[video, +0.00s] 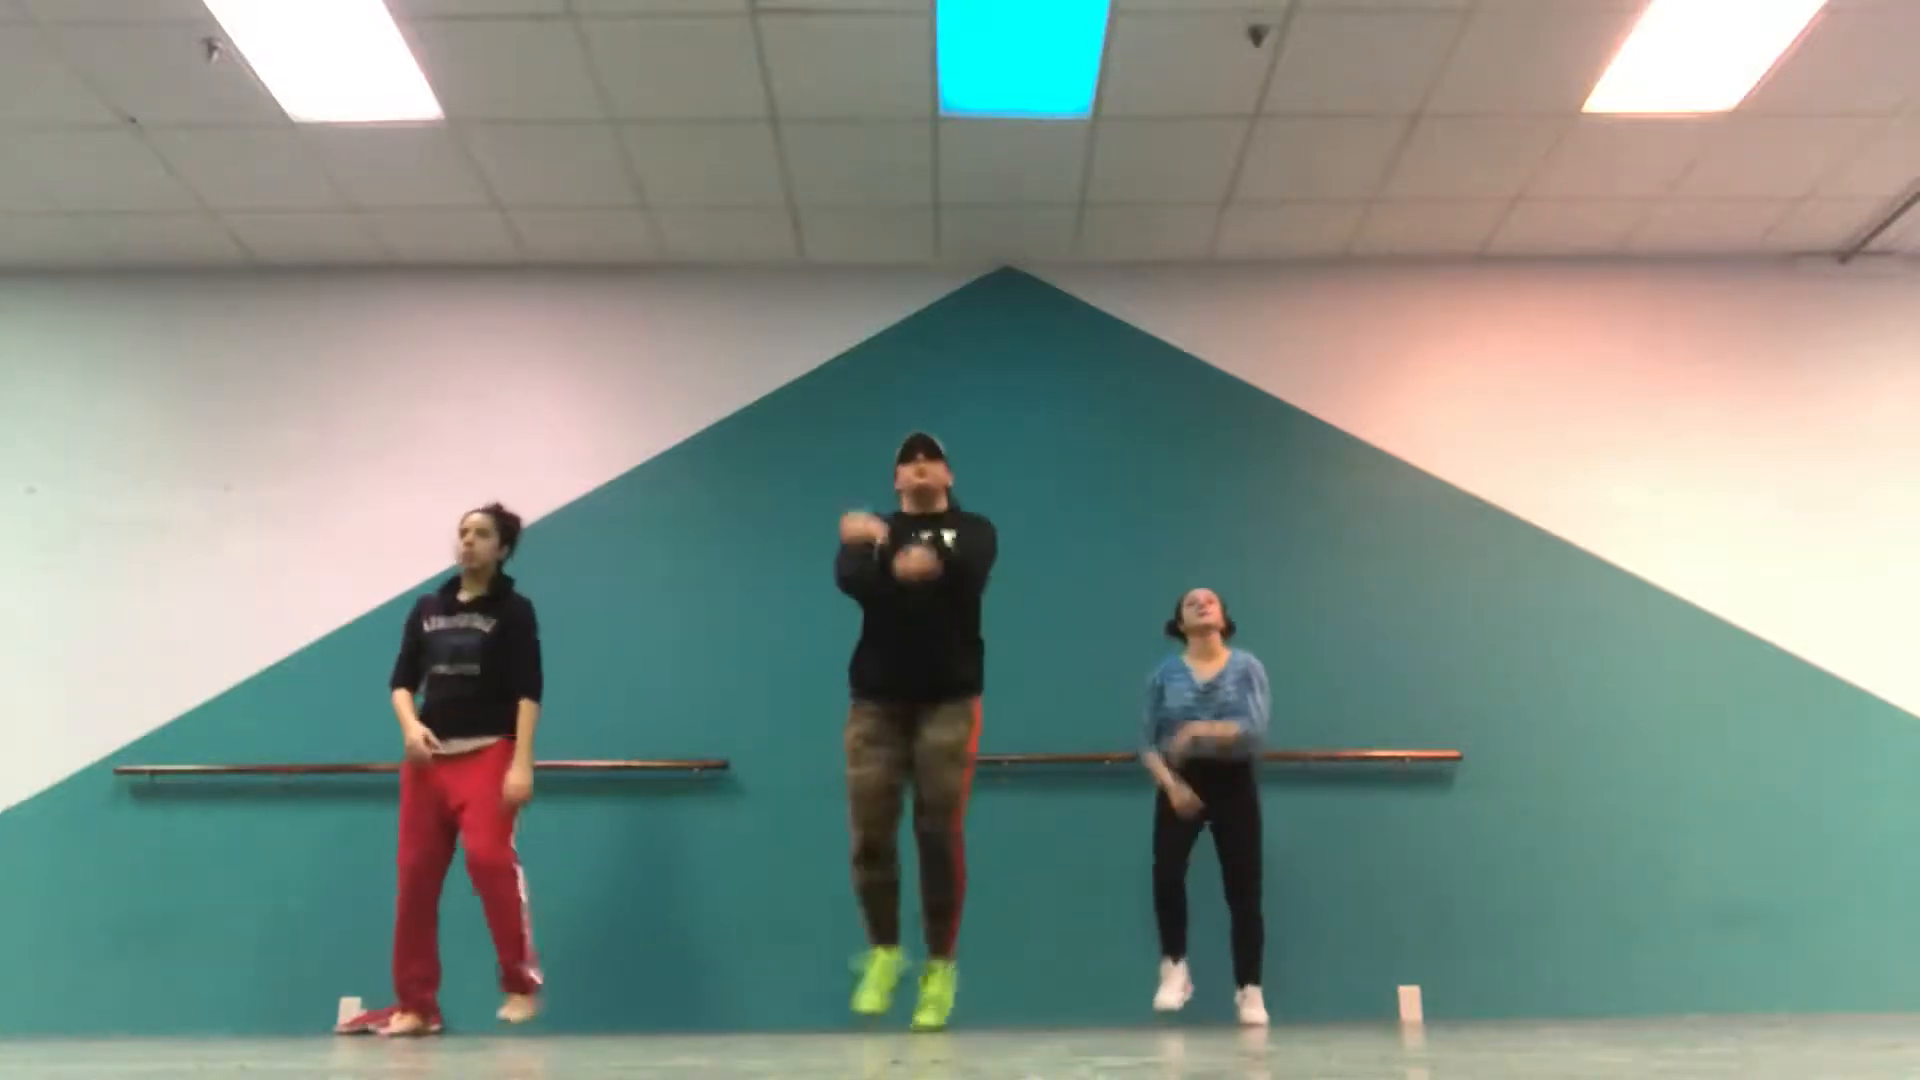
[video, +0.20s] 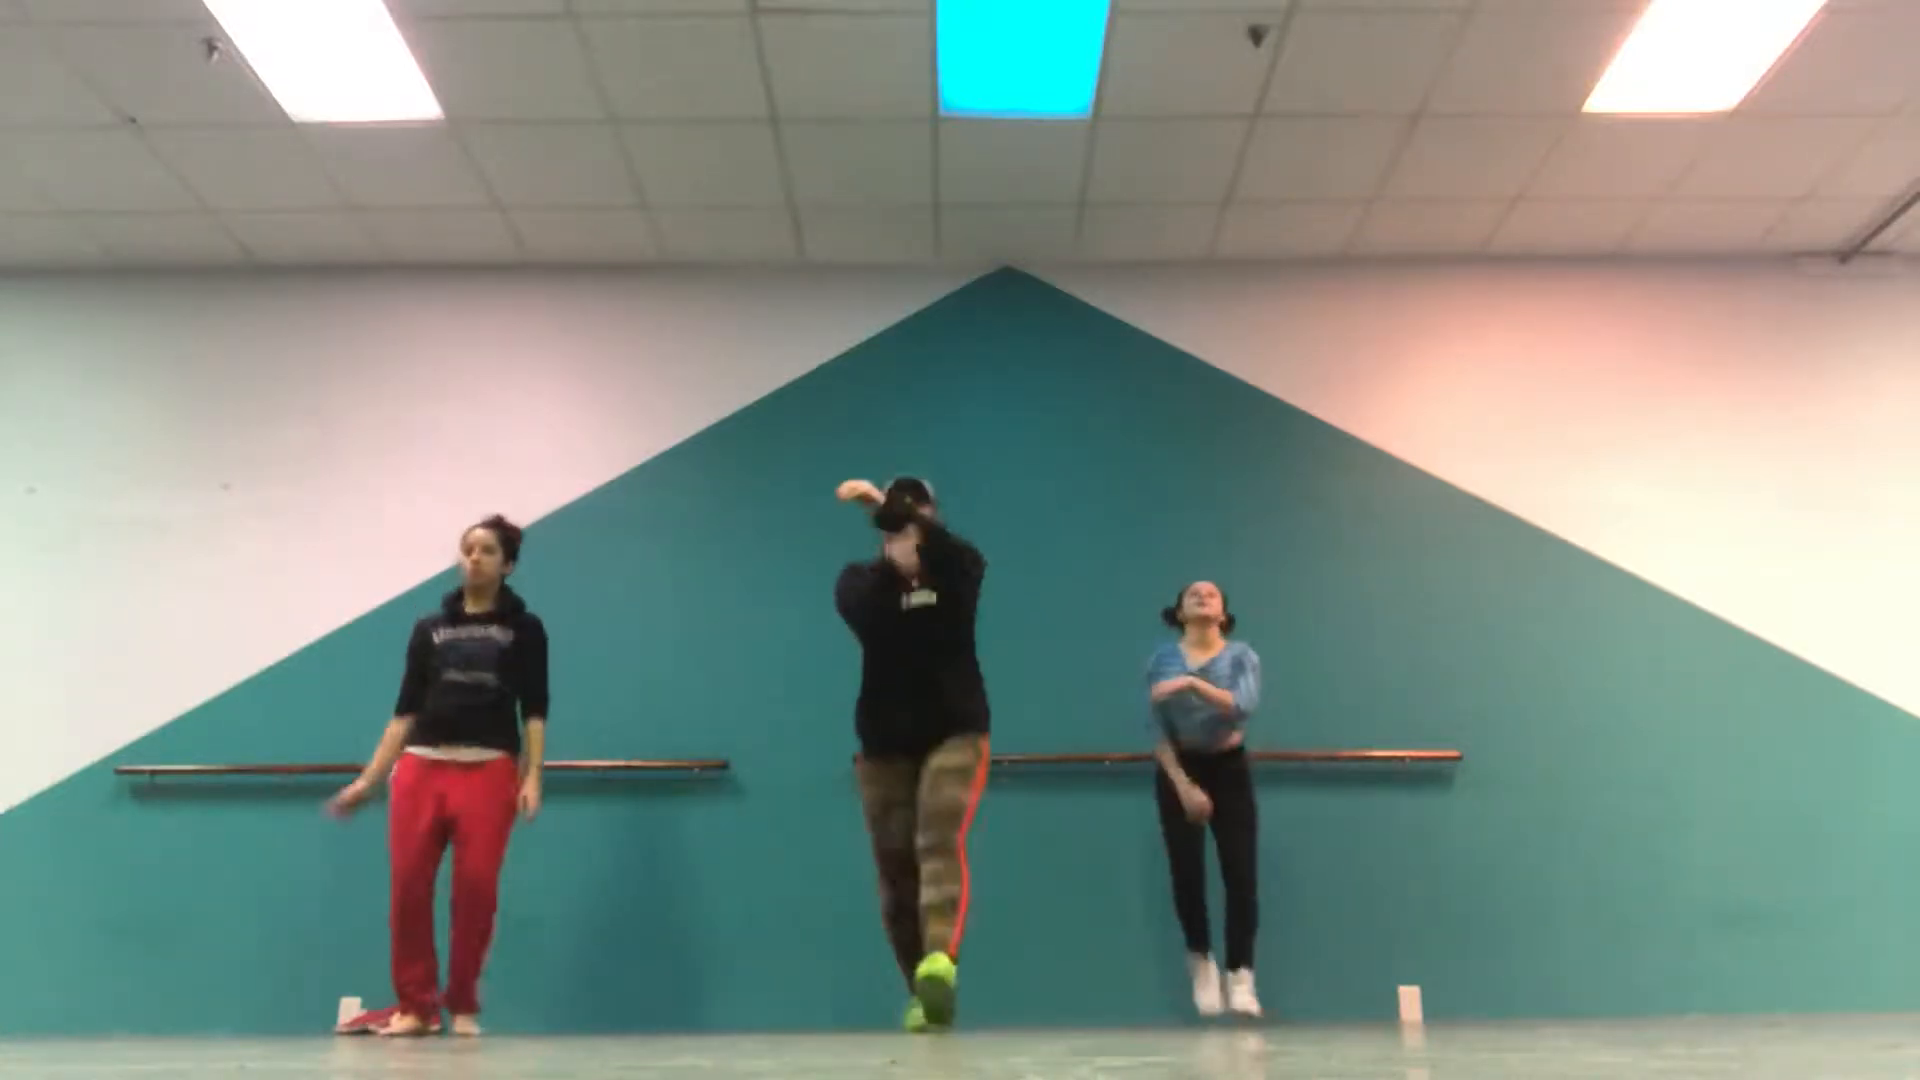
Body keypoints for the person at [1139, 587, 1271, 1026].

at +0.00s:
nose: (1202, 605)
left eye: (1210, 601)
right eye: (1192, 603)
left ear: (1224, 619)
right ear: (1180, 624)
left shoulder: (1246, 667)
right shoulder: (1164, 674)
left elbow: (1255, 730)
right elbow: (1146, 743)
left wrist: (1198, 730)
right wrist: (1172, 785)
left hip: (1232, 775)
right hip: (1181, 774)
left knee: (1244, 885)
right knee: (1166, 873)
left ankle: (1249, 989)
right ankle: (1174, 969)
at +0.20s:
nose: (1202, 598)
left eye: (1211, 594)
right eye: (1193, 595)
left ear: (1224, 613)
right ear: (1179, 613)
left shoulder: (1241, 655)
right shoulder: (1166, 660)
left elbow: (1244, 704)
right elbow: (1159, 731)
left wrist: (1192, 683)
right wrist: (1183, 786)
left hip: (1226, 759)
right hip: (1179, 760)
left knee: (1240, 872)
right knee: (1187, 872)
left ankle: (1241, 974)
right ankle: (1202, 965)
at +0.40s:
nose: (1206, 624)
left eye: (1214, 618)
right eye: (1197, 616)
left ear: (1224, 633)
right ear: (1179, 630)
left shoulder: (1237, 684)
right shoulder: (1159, 685)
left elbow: (1234, 732)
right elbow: (1148, 755)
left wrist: (1229, 738)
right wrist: (1160, 817)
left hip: (1226, 787)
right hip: (1181, 790)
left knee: (1240, 889)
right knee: (1198, 896)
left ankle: (1232, 987)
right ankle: (1212, 988)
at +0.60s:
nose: (1208, 619)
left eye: (1216, 614)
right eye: (1200, 611)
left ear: (1227, 625)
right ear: (1182, 618)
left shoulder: (1237, 680)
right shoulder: (1151, 661)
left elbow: (1250, 751)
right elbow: (1093, 681)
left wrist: (1275, 811)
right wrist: (1083, 663)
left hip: (1211, 772)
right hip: (1159, 766)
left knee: (1224, 883)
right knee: (1149, 823)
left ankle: (1229, 987)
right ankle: (1162, 883)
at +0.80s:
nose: (1222, 641)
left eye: (1231, 635)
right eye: (1214, 631)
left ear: (1238, 645)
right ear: (1195, 634)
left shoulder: (1235, 695)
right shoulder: (1169, 668)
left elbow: (1213, 757)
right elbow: (1123, 694)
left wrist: (1210, 815)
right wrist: (1143, 739)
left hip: (1178, 791)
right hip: (1130, 774)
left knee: (1222, 874)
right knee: (1093, 839)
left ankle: (1219, 984)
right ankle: (1038, 915)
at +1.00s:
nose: (1225, 692)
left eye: (1229, 683)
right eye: (1214, 683)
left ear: (1232, 687)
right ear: (1188, 688)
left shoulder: (1198, 735)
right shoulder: (1172, 733)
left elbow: (1194, 805)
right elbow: (1183, 812)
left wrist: (1198, 857)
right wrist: (1186, 889)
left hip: (1155, 833)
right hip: (1119, 826)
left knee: (1228, 894)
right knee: (1067, 914)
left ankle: (1202, 993)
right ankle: (980, 990)